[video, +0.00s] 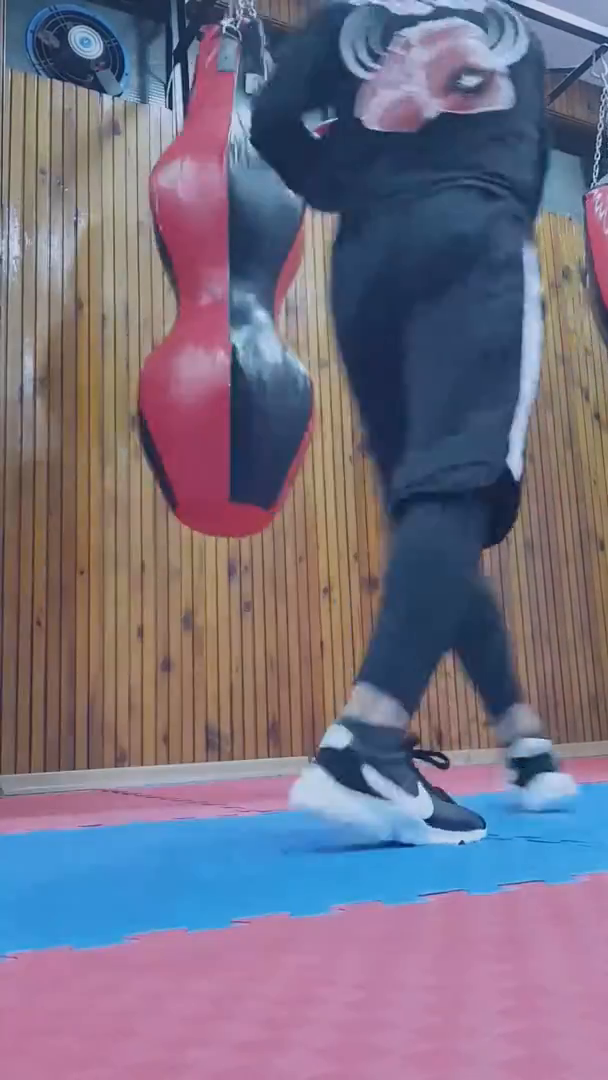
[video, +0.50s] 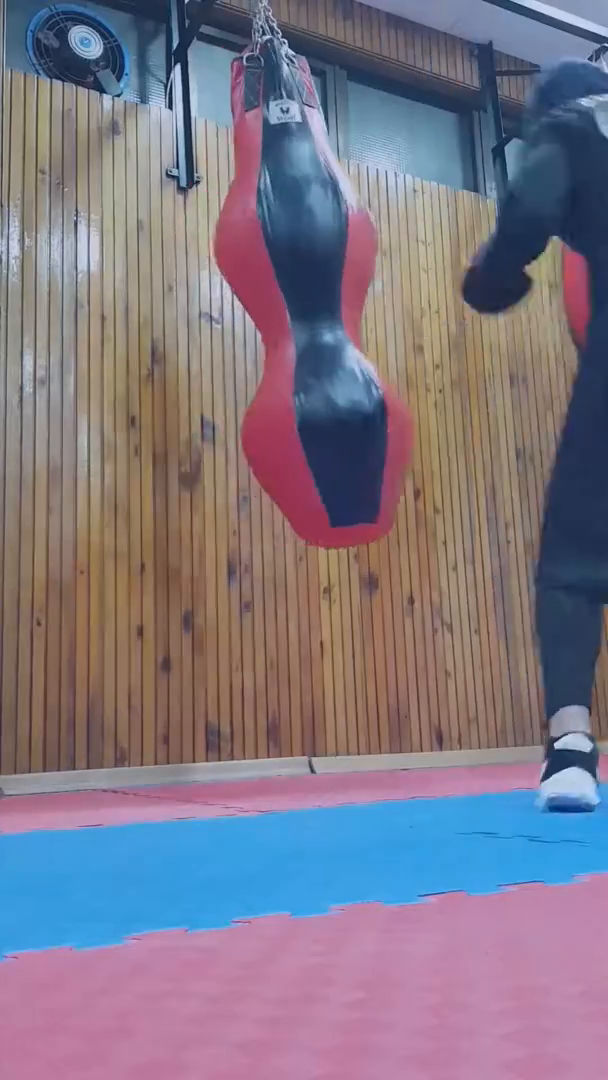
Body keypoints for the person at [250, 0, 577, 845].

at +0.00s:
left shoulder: (348, 17)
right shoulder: (515, 17)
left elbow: (272, 118)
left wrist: (351, 191)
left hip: (367, 234)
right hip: (473, 217)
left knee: (427, 501)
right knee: (455, 486)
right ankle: (366, 742)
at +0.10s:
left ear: (398, 10)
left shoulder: (376, 61)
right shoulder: (559, 34)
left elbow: (332, 231)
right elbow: (590, 164)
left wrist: (315, 183)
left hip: (435, 267)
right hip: (549, 246)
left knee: (497, 508)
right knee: (568, 502)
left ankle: (554, 748)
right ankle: (440, 672)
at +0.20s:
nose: (387, 108)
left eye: (383, 95)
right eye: (384, 95)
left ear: (404, 79)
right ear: (455, 53)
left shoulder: (410, 123)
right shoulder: (567, 78)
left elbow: (397, 296)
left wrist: (381, 224)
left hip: (502, 298)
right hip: (597, 275)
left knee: (527, 550)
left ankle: (561, 754)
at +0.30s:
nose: (425, 122)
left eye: (423, 110)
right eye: (424, 110)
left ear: (443, 93)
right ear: (493, 68)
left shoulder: (451, 131)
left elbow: (460, 300)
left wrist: (419, 219)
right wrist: (431, 217)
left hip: (557, 309)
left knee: (540, 536)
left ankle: (559, 751)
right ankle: (561, 748)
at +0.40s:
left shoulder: (517, 115)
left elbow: (498, 261)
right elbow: (502, 258)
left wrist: (454, 225)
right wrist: (465, 223)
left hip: (582, 351)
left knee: (554, 542)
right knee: (554, 538)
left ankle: (563, 739)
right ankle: (563, 738)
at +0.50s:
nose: (528, 129)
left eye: (532, 116)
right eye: (531, 120)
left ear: (556, 105)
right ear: (587, 98)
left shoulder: (565, 129)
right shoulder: (574, 132)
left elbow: (532, 211)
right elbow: (534, 211)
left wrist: (491, 280)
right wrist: (497, 274)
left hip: (602, 366)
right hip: (592, 368)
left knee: (577, 545)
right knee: (574, 543)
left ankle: (572, 744)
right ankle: (571, 742)